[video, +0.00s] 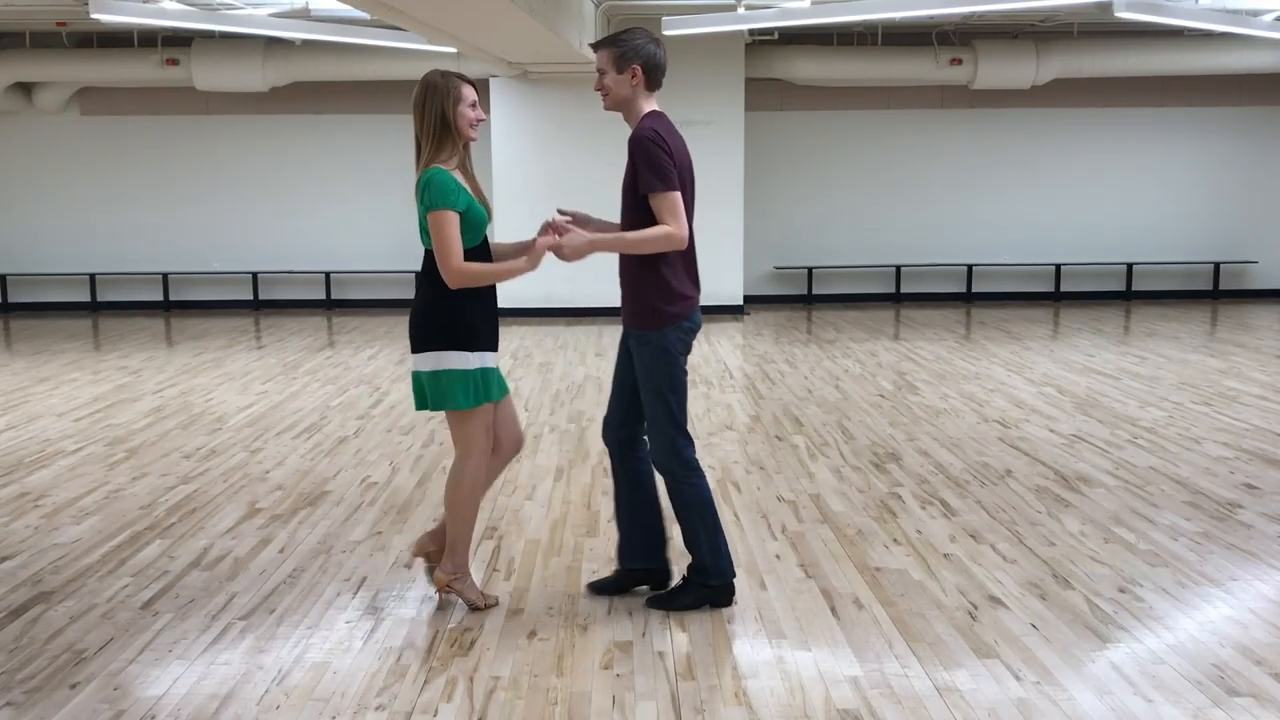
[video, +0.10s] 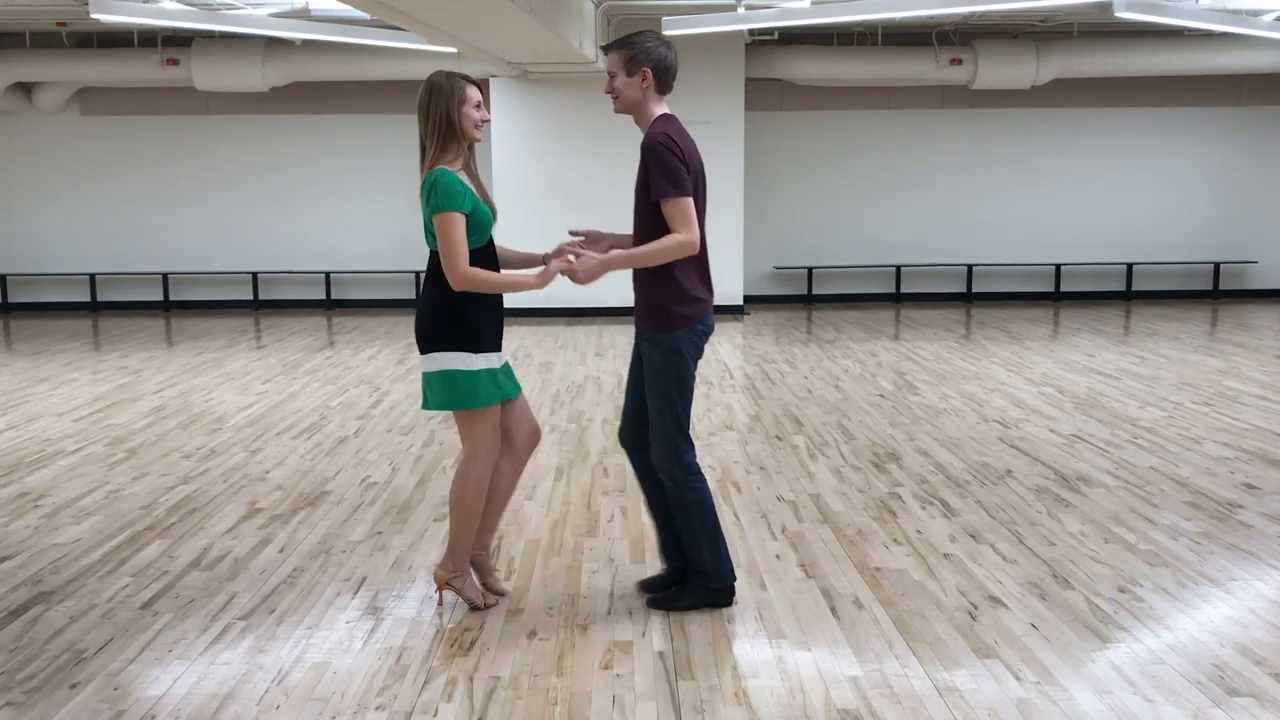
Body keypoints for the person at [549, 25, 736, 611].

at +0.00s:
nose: (596, 86)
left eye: (602, 75)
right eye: (596, 76)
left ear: (636, 76)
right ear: (636, 78)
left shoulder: (649, 136)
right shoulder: (654, 134)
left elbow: (675, 233)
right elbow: (651, 230)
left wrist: (594, 243)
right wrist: (591, 226)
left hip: (663, 318)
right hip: (648, 317)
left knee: (666, 444)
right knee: (622, 432)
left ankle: (714, 576)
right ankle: (644, 564)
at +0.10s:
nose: (607, 88)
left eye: (613, 77)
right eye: (607, 78)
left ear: (645, 78)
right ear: (645, 80)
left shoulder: (663, 141)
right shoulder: (663, 137)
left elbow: (687, 239)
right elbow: (667, 236)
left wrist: (607, 263)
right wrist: (607, 241)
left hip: (677, 322)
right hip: (660, 320)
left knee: (668, 446)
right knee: (636, 436)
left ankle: (713, 580)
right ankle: (685, 565)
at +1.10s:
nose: (577, 82)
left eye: (583, 72)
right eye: (577, 72)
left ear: (614, 75)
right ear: (614, 77)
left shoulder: (627, 139)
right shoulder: (633, 134)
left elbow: (644, 236)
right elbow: (634, 224)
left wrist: (572, 217)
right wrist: (578, 224)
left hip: (629, 318)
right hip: (619, 316)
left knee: (615, 442)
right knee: (607, 440)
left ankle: (696, 558)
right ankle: (632, 568)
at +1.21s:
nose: (565, 84)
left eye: (572, 74)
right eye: (565, 74)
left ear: (602, 77)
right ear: (606, 78)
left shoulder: (617, 142)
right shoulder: (623, 137)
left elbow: (633, 241)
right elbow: (621, 237)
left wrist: (553, 244)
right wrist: (550, 244)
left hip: (610, 318)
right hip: (616, 315)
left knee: (574, 442)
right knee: (600, 437)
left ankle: (643, 565)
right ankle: (628, 567)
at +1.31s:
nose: (557, 84)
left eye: (564, 75)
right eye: (558, 75)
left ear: (595, 79)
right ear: (597, 80)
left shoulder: (610, 143)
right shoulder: (614, 139)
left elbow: (622, 243)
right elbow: (607, 239)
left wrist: (539, 253)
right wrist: (538, 248)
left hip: (601, 321)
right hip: (609, 317)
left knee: (558, 442)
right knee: (592, 439)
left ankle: (589, 578)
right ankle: (635, 564)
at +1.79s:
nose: (547, 88)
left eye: (554, 78)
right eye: (547, 78)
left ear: (587, 80)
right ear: (585, 83)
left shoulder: (605, 139)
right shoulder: (610, 136)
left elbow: (620, 234)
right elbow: (616, 234)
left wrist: (538, 230)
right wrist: (542, 236)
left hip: (601, 315)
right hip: (622, 311)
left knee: (553, 436)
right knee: (617, 430)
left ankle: (562, 578)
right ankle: (676, 554)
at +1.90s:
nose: (553, 90)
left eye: (561, 80)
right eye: (553, 80)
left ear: (594, 82)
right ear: (591, 85)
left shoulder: (613, 138)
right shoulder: (613, 135)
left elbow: (635, 227)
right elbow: (621, 226)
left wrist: (553, 218)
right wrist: (550, 219)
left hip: (609, 315)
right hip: (633, 312)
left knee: (554, 427)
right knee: (628, 430)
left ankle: (574, 566)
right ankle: (678, 558)